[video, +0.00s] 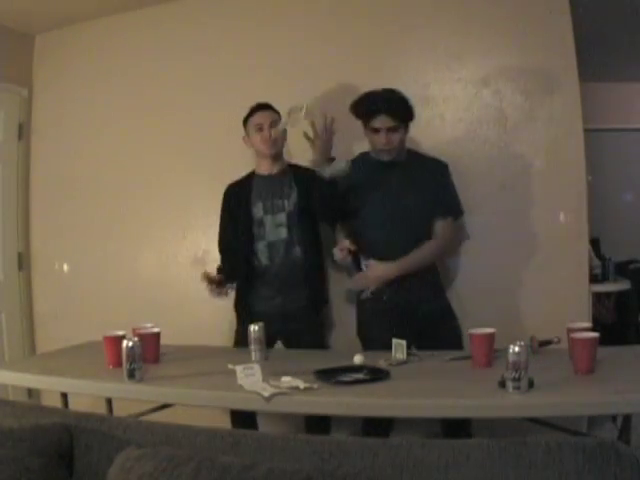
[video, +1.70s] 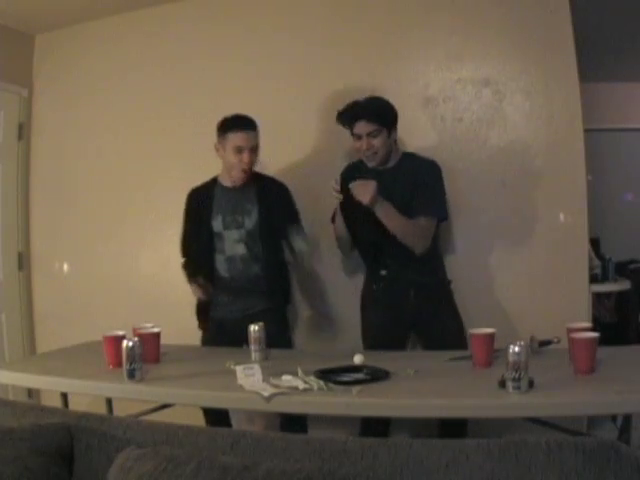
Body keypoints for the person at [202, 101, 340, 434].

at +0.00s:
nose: (269, 133)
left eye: (274, 126)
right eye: (259, 129)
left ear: (284, 134)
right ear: (247, 139)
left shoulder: (311, 182)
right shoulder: (236, 193)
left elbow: (334, 220)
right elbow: (232, 250)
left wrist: (325, 164)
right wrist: (224, 275)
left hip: (303, 305)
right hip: (255, 308)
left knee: (314, 389)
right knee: (241, 389)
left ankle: (318, 462)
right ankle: (246, 461)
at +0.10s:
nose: (265, 136)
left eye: (272, 128)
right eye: (256, 130)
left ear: (281, 135)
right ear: (244, 140)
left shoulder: (302, 184)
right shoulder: (230, 193)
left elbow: (319, 230)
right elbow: (223, 247)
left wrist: (308, 179)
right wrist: (223, 266)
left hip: (297, 307)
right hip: (248, 310)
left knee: (309, 389)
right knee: (237, 392)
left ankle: (316, 462)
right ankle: (242, 462)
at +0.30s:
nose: (257, 154)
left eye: (263, 146)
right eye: (249, 147)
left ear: (270, 147)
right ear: (233, 148)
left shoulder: (287, 192)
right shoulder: (213, 195)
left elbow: (300, 251)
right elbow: (205, 257)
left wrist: (276, 271)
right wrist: (223, 268)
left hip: (283, 311)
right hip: (235, 313)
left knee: (297, 392)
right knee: (231, 396)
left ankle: (309, 463)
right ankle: (239, 461)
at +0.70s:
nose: (265, 180)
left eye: (271, 171)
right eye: (257, 174)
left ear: (277, 160)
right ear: (236, 165)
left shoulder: (294, 196)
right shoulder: (216, 198)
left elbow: (309, 250)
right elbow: (214, 255)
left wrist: (313, 290)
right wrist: (234, 281)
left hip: (287, 303)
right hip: (240, 306)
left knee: (293, 383)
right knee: (238, 383)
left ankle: (299, 455)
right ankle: (242, 454)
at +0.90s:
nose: (288, 195)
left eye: (295, 185)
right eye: (279, 187)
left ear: (301, 172)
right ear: (258, 173)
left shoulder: (309, 206)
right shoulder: (232, 197)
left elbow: (340, 266)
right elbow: (221, 249)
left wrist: (371, 320)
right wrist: (236, 281)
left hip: (294, 318)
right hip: (245, 317)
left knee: (298, 400)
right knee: (236, 397)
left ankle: (302, 469)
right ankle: (239, 466)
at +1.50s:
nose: (271, 174)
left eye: (276, 165)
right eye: (262, 166)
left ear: (282, 158)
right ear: (241, 160)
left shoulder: (298, 198)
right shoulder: (221, 195)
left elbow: (319, 253)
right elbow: (216, 243)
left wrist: (343, 289)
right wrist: (222, 278)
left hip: (286, 313)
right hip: (237, 312)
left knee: (295, 393)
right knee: (223, 391)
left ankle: (301, 462)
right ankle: (228, 462)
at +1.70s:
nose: (247, 159)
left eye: (252, 150)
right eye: (239, 151)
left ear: (258, 150)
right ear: (219, 150)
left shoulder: (274, 192)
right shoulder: (200, 198)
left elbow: (299, 253)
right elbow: (191, 253)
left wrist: (319, 308)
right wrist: (199, 284)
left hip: (269, 311)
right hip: (220, 313)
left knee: (285, 391)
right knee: (209, 392)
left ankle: (296, 461)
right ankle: (225, 456)